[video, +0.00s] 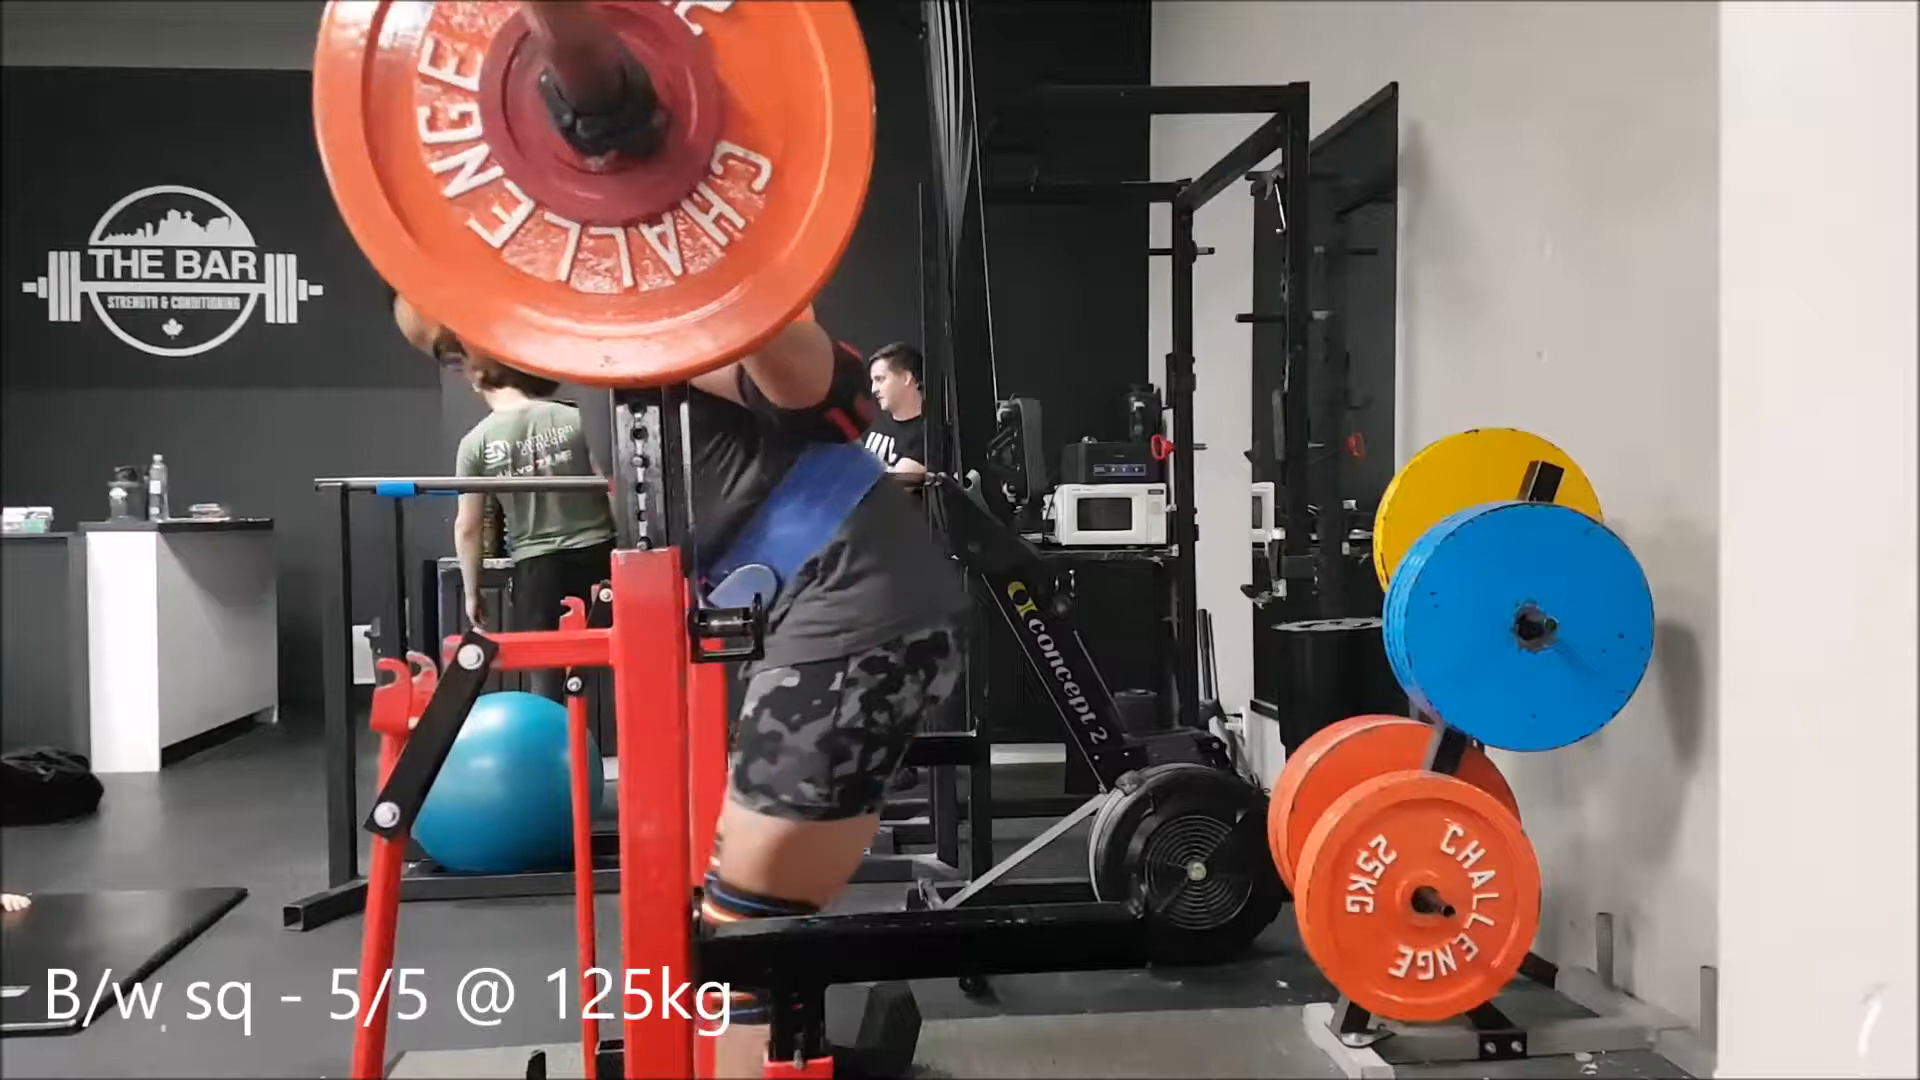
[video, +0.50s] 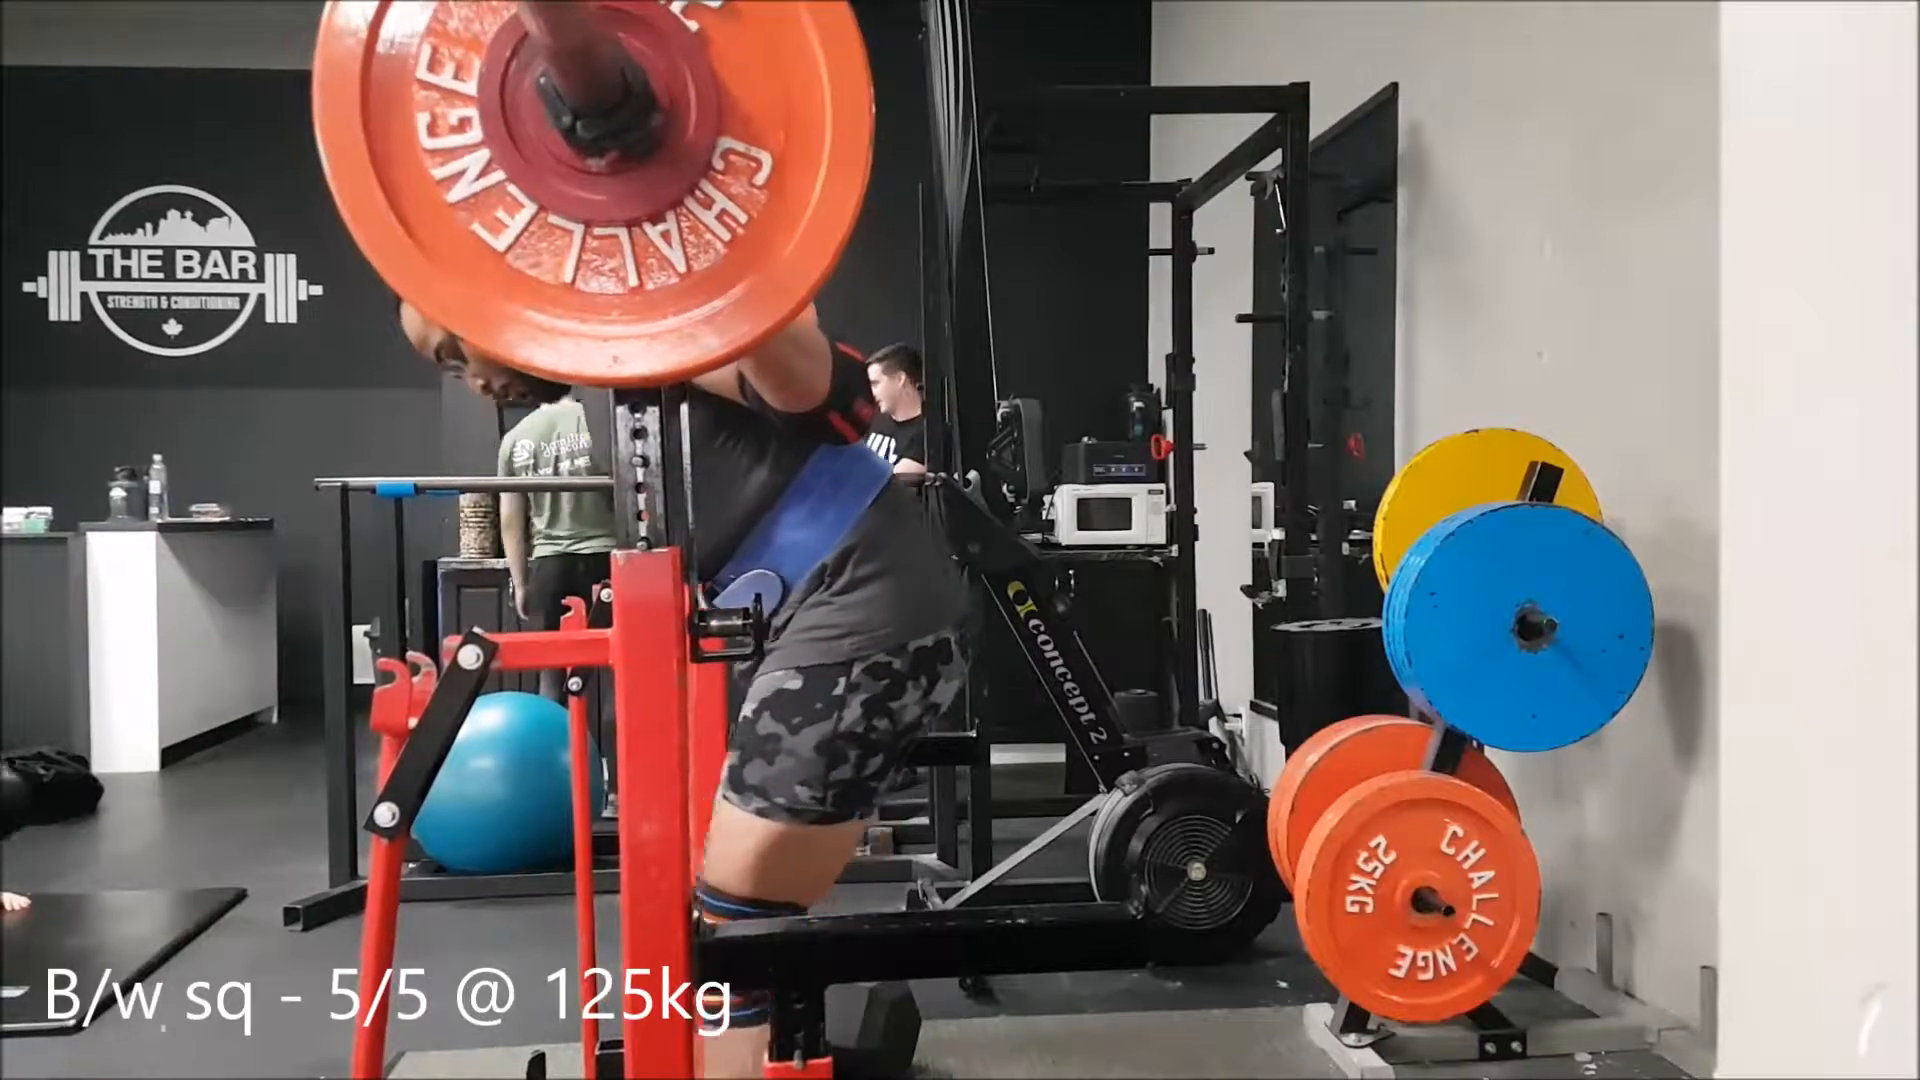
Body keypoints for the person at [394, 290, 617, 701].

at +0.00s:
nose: (470, 380)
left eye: (471, 373)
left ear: (481, 381)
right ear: (529, 375)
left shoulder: (477, 443)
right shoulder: (575, 418)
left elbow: (468, 527)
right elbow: (613, 484)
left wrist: (472, 593)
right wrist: (628, 547)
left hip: (535, 573)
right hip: (596, 560)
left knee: (544, 684)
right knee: (607, 677)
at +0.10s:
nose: (470, 381)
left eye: (471, 374)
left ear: (484, 383)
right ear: (533, 375)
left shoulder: (478, 444)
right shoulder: (574, 418)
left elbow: (470, 527)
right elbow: (606, 482)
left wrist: (475, 592)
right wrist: (619, 538)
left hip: (536, 570)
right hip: (595, 559)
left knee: (545, 679)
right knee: (605, 671)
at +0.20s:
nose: (477, 385)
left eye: (480, 379)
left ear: (494, 391)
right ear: (540, 382)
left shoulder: (482, 444)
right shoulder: (579, 418)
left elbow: (475, 527)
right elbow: (614, 481)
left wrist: (480, 589)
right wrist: (623, 537)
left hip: (534, 571)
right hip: (595, 561)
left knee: (544, 680)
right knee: (606, 674)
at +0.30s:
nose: (485, 388)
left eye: (489, 381)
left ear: (505, 391)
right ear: (550, 382)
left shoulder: (493, 441)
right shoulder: (585, 419)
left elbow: (487, 523)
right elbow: (618, 484)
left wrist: (490, 585)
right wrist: (626, 549)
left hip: (537, 571)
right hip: (595, 562)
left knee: (545, 678)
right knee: (604, 673)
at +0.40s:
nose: (498, 393)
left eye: (507, 385)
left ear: (525, 387)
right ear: (572, 383)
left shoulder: (505, 440)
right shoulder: (595, 420)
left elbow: (497, 523)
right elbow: (625, 488)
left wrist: (501, 584)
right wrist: (631, 555)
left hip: (542, 572)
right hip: (602, 565)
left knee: (548, 678)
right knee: (607, 676)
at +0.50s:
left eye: (516, 386)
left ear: (530, 389)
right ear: (571, 382)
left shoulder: (516, 440)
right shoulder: (600, 418)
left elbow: (511, 524)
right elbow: (630, 494)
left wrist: (519, 584)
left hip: (549, 567)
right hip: (605, 561)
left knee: (553, 674)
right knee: (611, 672)